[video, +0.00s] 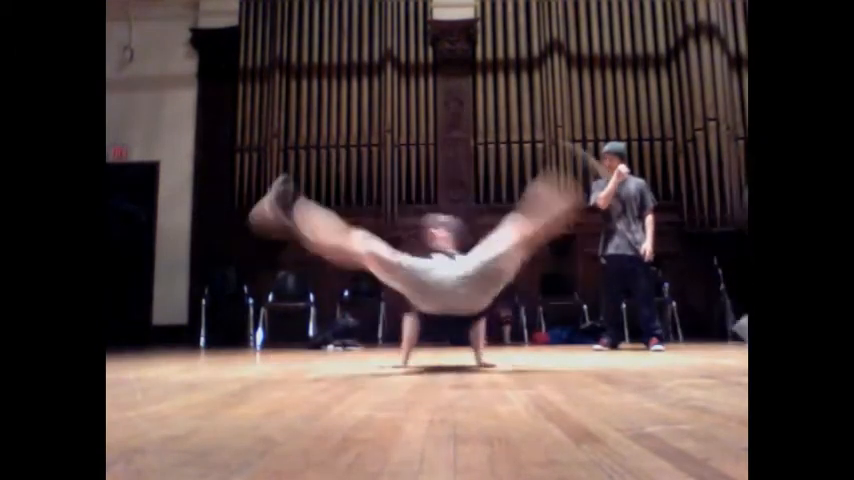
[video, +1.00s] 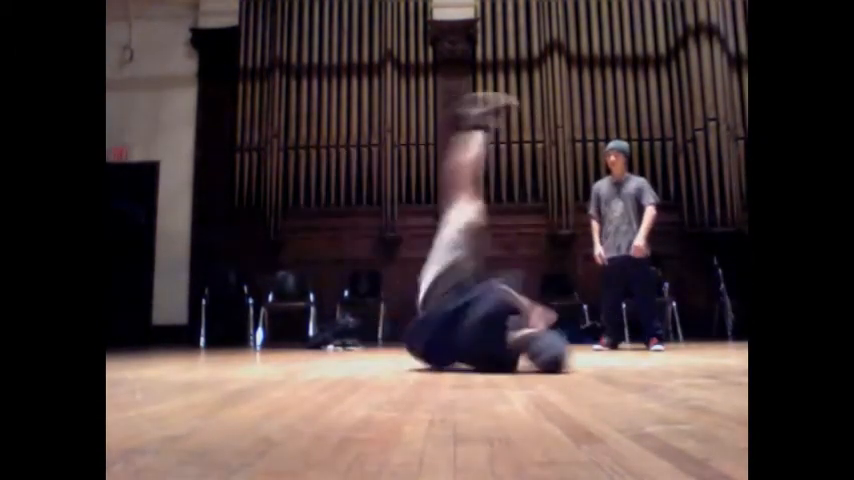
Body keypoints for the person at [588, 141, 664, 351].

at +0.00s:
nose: (606, 164)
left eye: (609, 159)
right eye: (604, 160)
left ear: (621, 160)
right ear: (604, 162)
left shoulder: (638, 184)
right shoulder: (600, 185)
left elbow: (648, 213)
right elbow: (601, 203)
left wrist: (648, 242)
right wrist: (616, 179)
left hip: (636, 248)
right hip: (612, 249)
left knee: (644, 296)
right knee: (611, 297)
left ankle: (653, 336)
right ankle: (610, 336)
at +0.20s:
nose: (606, 165)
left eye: (610, 160)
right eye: (604, 160)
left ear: (621, 161)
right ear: (602, 163)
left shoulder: (638, 184)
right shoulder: (600, 185)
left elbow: (648, 213)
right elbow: (601, 205)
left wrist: (648, 242)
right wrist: (617, 180)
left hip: (636, 248)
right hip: (611, 249)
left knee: (643, 296)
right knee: (611, 297)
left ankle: (652, 336)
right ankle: (609, 336)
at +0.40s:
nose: (607, 165)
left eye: (611, 160)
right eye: (604, 161)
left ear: (622, 162)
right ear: (602, 164)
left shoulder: (638, 185)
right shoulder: (598, 188)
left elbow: (648, 213)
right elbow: (590, 218)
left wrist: (647, 242)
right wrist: (610, 203)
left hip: (635, 247)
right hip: (610, 249)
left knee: (643, 294)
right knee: (611, 296)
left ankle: (653, 336)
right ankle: (612, 337)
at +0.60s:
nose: (611, 161)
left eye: (615, 157)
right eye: (608, 157)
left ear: (624, 159)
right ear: (605, 161)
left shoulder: (639, 184)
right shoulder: (599, 188)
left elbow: (652, 209)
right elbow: (592, 215)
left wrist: (646, 240)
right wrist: (602, 238)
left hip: (635, 250)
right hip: (611, 251)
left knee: (644, 296)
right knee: (610, 298)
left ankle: (653, 336)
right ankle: (609, 337)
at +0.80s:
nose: (612, 160)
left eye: (617, 156)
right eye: (609, 157)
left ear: (625, 159)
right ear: (606, 161)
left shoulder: (638, 184)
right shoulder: (599, 187)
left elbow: (651, 209)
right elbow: (593, 217)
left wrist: (643, 240)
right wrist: (595, 244)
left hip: (631, 250)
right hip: (607, 251)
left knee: (642, 294)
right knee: (608, 295)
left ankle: (653, 336)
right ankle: (609, 337)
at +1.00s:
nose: (612, 160)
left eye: (616, 156)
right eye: (609, 156)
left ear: (625, 159)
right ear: (606, 160)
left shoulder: (639, 183)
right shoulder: (599, 187)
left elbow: (650, 209)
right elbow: (594, 217)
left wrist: (641, 238)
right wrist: (597, 245)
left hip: (635, 253)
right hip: (610, 254)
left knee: (645, 298)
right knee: (609, 300)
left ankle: (653, 336)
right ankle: (609, 337)